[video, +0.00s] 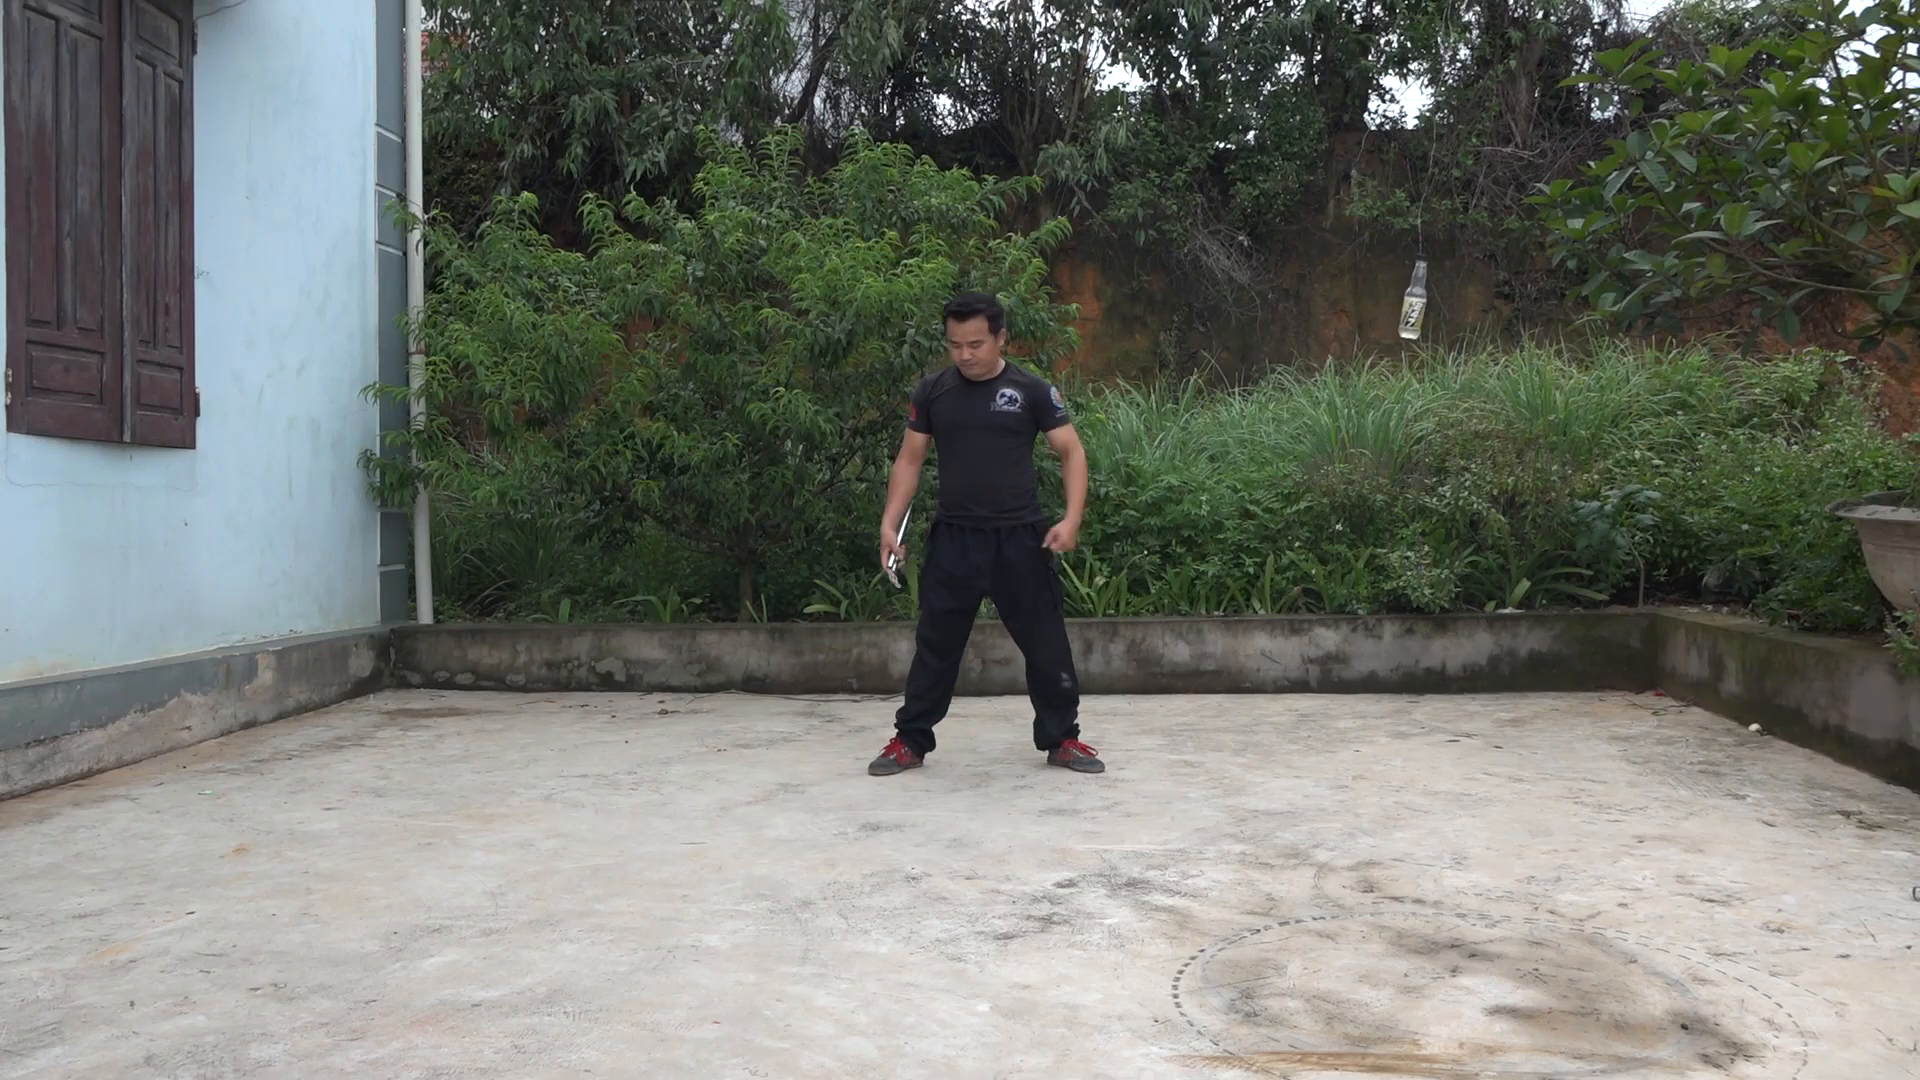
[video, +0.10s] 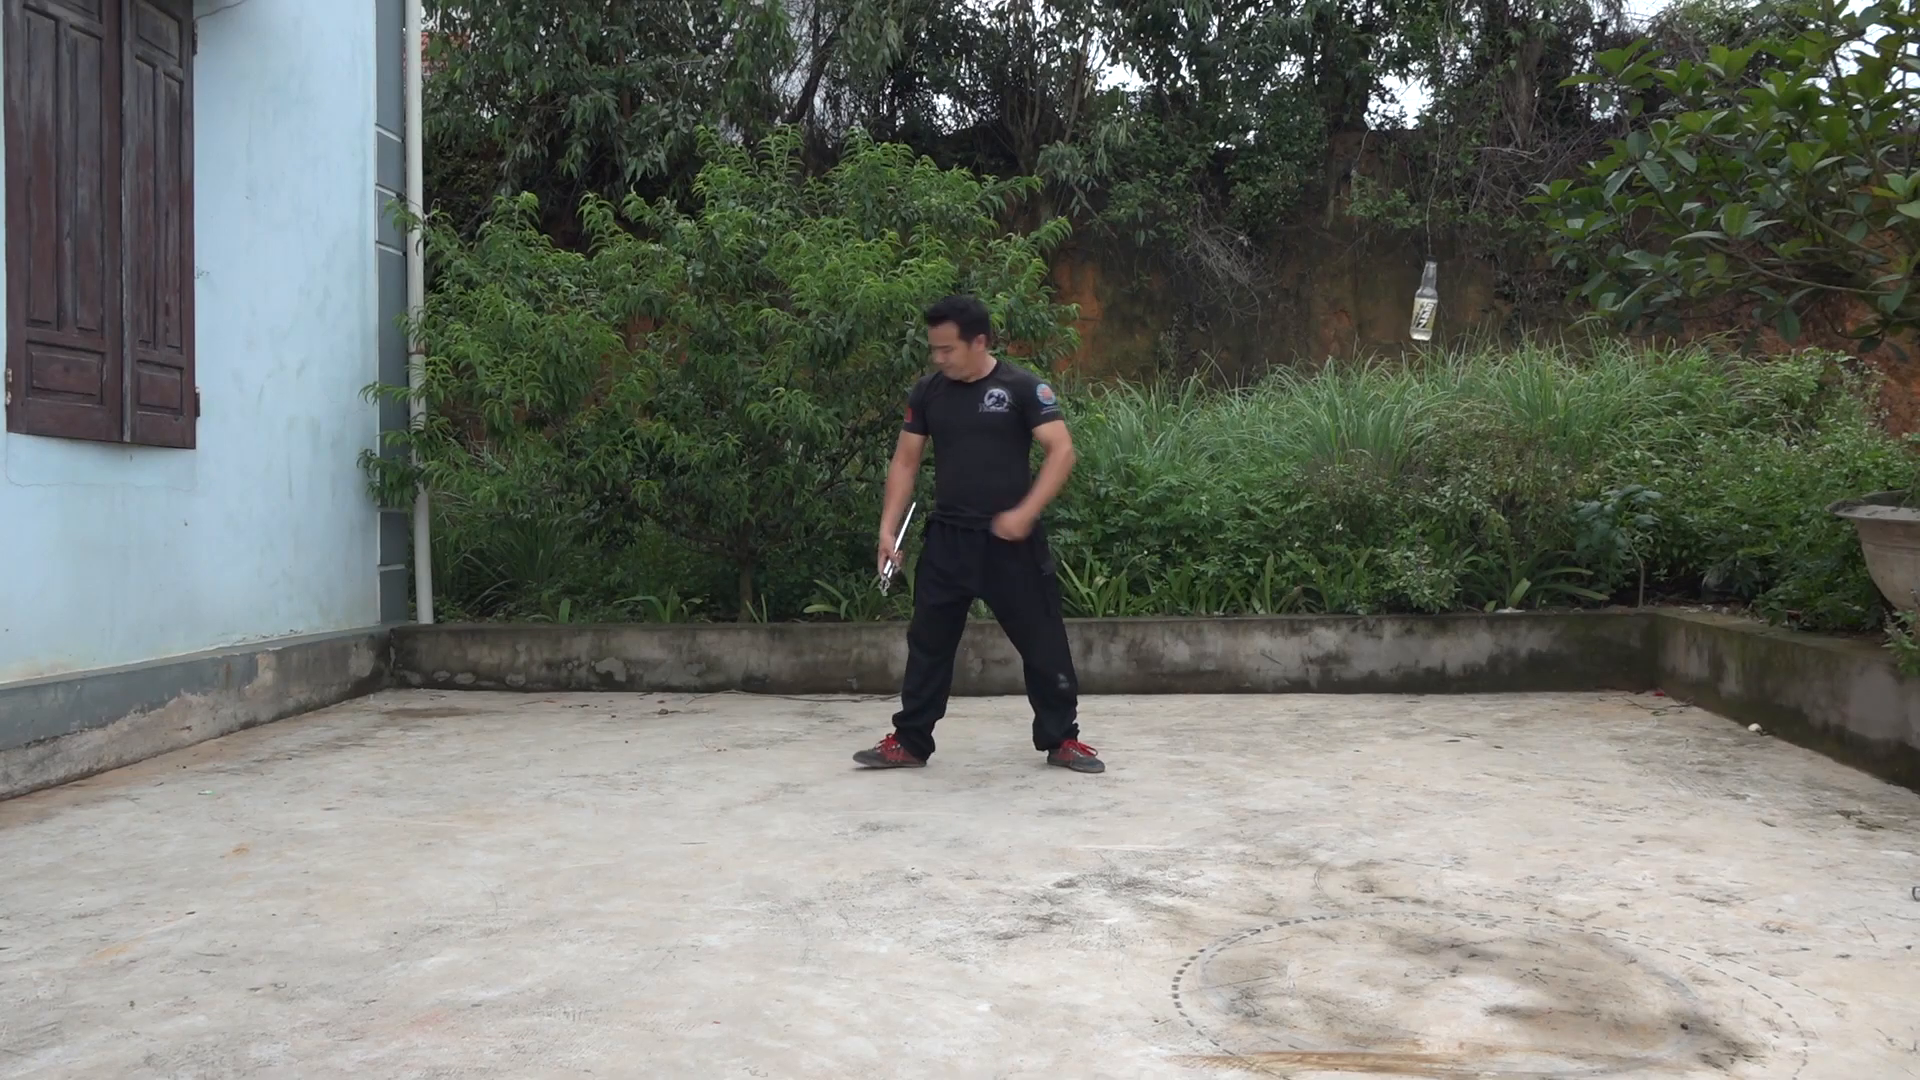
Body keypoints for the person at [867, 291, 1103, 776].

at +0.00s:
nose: (965, 355)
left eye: (976, 343)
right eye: (956, 344)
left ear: (1001, 339)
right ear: (947, 342)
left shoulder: (1032, 390)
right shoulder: (932, 391)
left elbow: (1072, 453)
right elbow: (909, 460)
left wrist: (1072, 518)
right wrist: (889, 525)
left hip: (1020, 538)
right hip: (953, 538)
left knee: (1046, 641)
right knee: (935, 642)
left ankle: (1062, 740)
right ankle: (910, 741)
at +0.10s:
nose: (937, 358)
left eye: (945, 348)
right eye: (934, 348)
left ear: (980, 343)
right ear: (934, 346)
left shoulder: (1022, 387)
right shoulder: (928, 391)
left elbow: (1062, 450)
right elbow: (905, 462)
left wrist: (1026, 512)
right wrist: (887, 529)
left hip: (1012, 537)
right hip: (948, 538)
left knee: (1043, 638)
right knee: (928, 639)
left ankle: (1061, 739)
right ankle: (911, 740)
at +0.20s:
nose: (913, 361)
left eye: (918, 352)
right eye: (911, 352)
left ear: (949, 348)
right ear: (941, 350)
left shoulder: (1004, 386)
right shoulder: (918, 393)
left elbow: (1005, 452)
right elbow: (899, 462)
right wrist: (894, 533)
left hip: (998, 541)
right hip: (935, 541)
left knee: (1030, 639)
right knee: (915, 641)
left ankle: (1059, 739)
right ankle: (906, 741)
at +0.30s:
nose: (893, 361)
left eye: (896, 352)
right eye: (891, 353)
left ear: (925, 347)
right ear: (920, 348)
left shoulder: (978, 380)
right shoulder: (906, 392)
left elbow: (921, 431)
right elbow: (885, 455)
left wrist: (881, 416)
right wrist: (916, 495)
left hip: (970, 536)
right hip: (916, 535)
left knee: (999, 638)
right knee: (906, 641)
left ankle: (1047, 734)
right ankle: (905, 740)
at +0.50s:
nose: (876, 352)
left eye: (882, 340)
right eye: (871, 344)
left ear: (915, 334)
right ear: (875, 346)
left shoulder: (948, 373)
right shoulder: (891, 387)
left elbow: (877, 417)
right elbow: (859, 447)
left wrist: (855, 401)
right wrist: (897, 443)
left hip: (948, 529)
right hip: (902, 530)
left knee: (950, 641)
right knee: (904, 641)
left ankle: (968, 754)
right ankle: (906, 742)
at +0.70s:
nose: (891, 345)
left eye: (900, 333)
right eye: (880, 338)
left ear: (924, 337)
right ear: (873, 349)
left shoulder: (934, 380)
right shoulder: (889, 393)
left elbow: (891, 445)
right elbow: (866, 455)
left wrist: (851, 435)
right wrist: (864, 471)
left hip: (931, 539)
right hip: (895, 538)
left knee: (928, 649)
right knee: (890, 643)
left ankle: (932, 771)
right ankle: (901, 739)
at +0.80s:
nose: (885, 346)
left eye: (896, 336)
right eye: (876, 338)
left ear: (920, 340)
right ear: (867, 347)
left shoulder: (926, 387)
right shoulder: (894, 395)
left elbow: (942, 448)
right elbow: (893, 461)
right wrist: (869, 497)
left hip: (915, 543)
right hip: (885, 542)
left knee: (907, 654)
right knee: (881, 648)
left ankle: (926, 781)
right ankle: (897, 742)